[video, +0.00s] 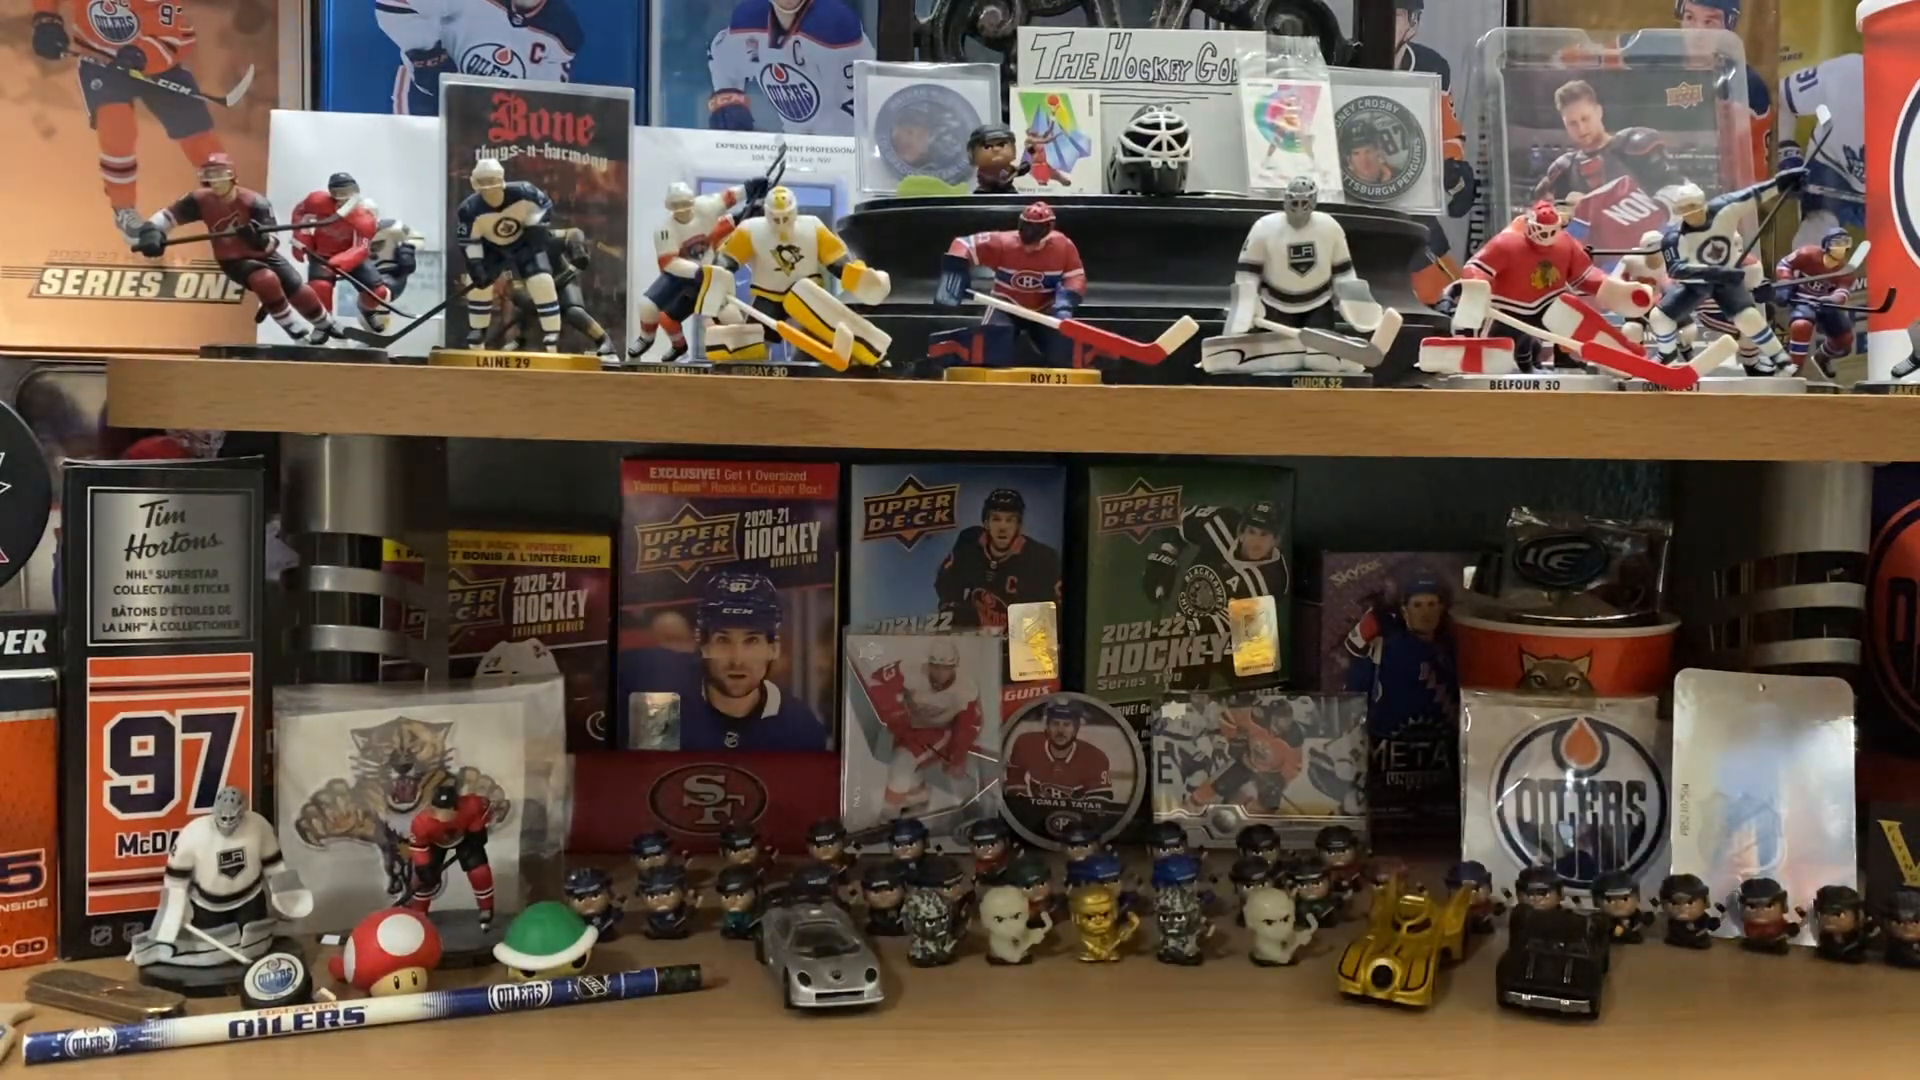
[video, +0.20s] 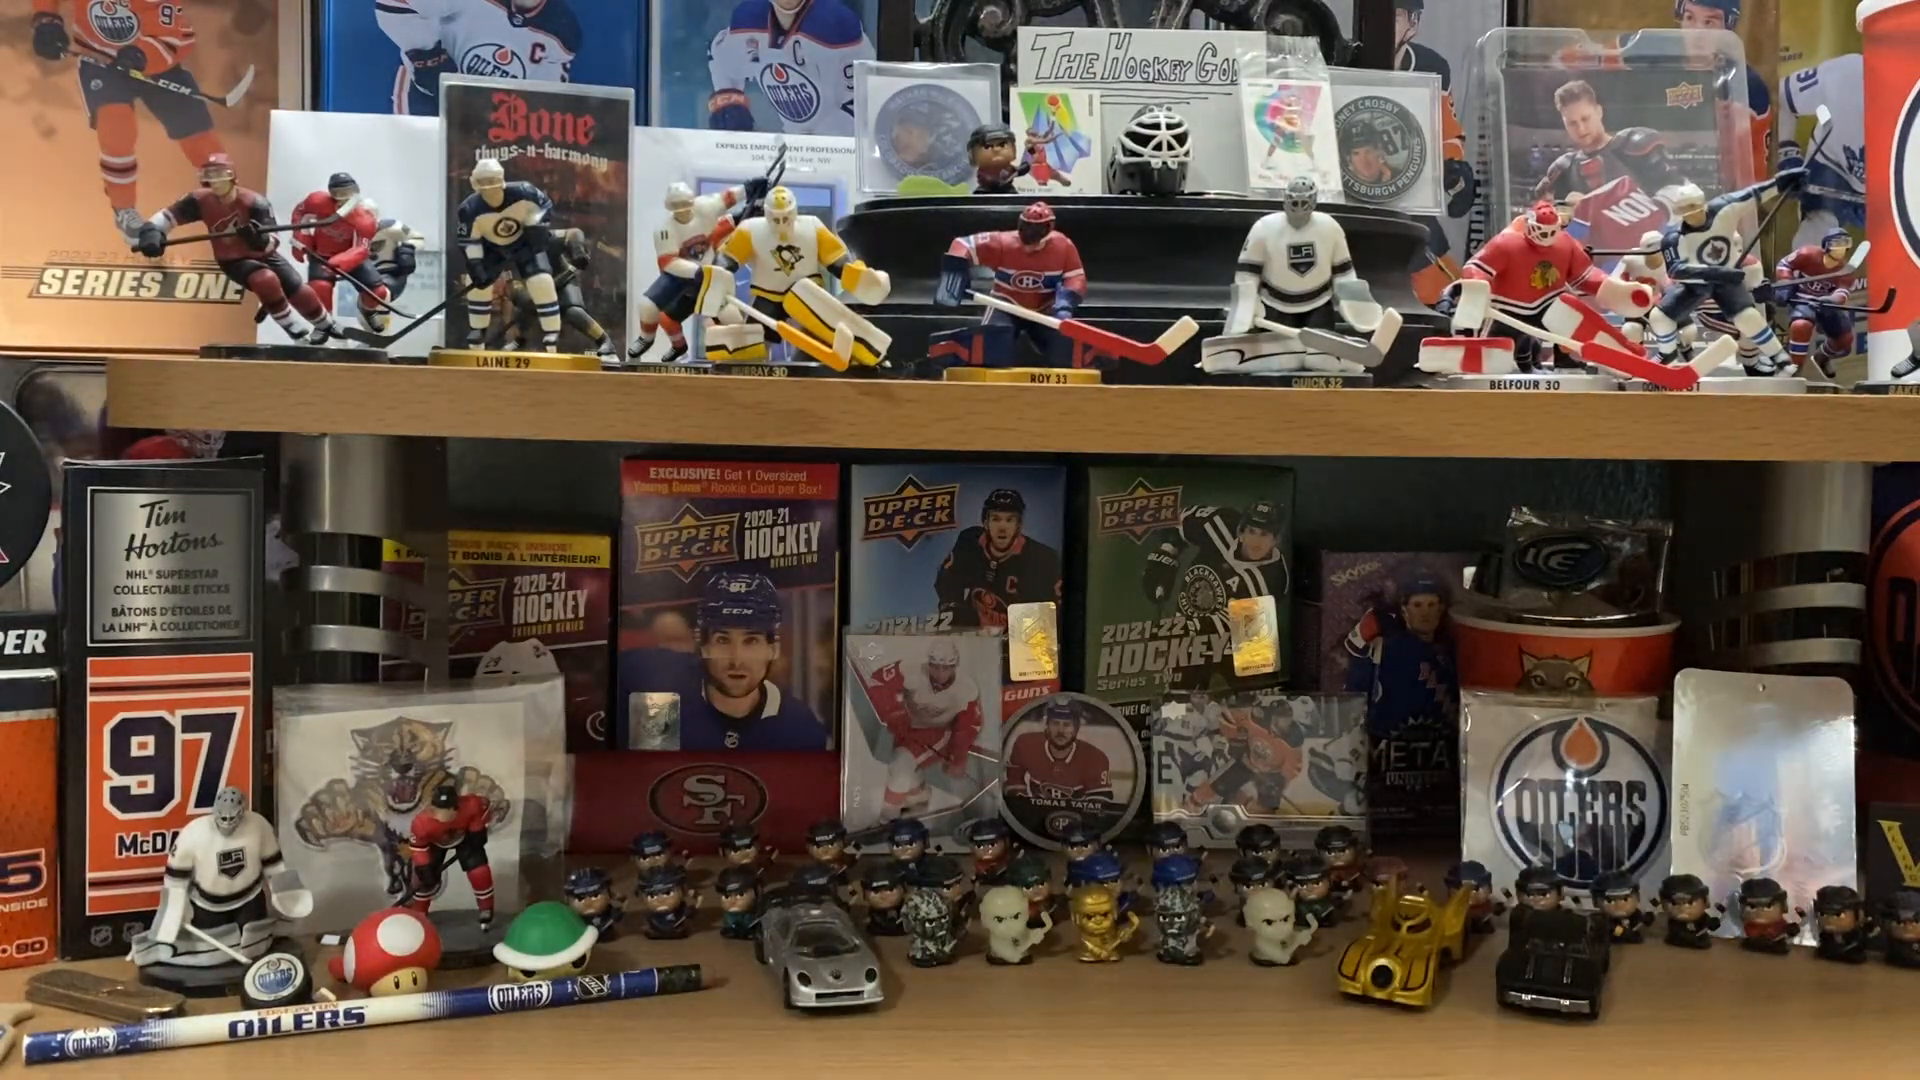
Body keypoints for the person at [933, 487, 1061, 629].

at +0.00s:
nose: (1003, 527)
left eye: (1010, 520)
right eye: (996, 520)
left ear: (1019, 525)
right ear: (986, 522)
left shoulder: (1042, 557)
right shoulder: (969, 541)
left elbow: (1046, 605)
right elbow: (945, 578)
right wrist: (950, 607)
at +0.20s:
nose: (1002, 527)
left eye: (1009, 520)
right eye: (996, 520)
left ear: (1019, 525)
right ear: (985, 523)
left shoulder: (1042, 558)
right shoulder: (968, 542)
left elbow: (1045, 607)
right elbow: (944, 580)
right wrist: (949, 607)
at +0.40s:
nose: (1002, 527)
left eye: (1009, 520)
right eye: (996, 520)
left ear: (1019, 524)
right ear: (985, 523)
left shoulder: (1042, 558)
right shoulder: (968, 542)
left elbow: (1045, 607)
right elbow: (944, 580)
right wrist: (949, 607)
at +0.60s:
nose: (1002, 527)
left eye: (1009, 520)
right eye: (996, 520)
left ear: (1019, 525)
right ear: (985, 523)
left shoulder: (1042, 559)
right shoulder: (968, 542)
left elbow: (1046, 606)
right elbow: (944, 580)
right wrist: (949, 607)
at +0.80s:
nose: (1002, 527)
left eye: (1009, 520)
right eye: (996, 520)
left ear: (1019, 525)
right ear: (985, 523)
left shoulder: (1042, 559)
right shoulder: (968, 542)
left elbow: (1046, 607)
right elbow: (944, 580)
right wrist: (949, 607)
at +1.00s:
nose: (1002, 527)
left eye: (1009, 520)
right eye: (996, 519)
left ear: (1019, 525)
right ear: (985, 523)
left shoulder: (1041, 559)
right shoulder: (968, 543)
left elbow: (1047, 605)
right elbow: (946, 577)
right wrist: (949, 607)